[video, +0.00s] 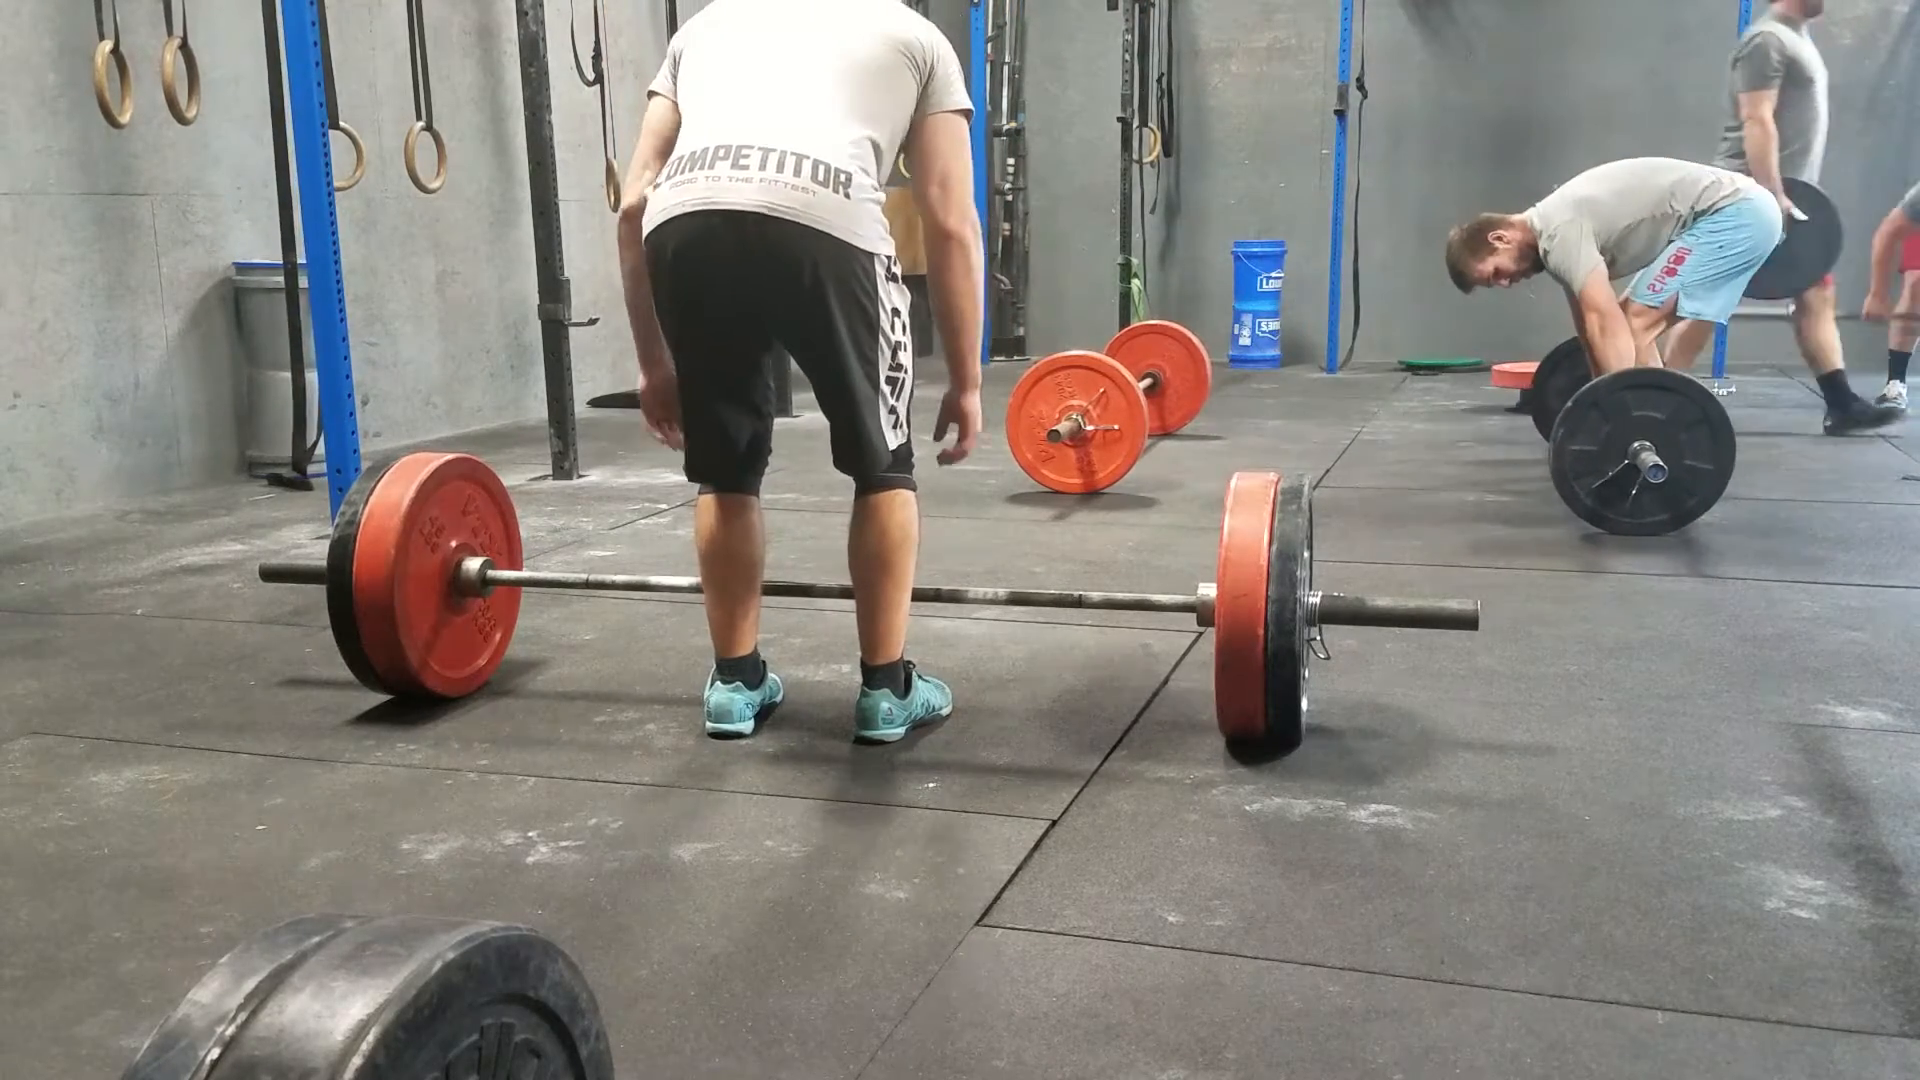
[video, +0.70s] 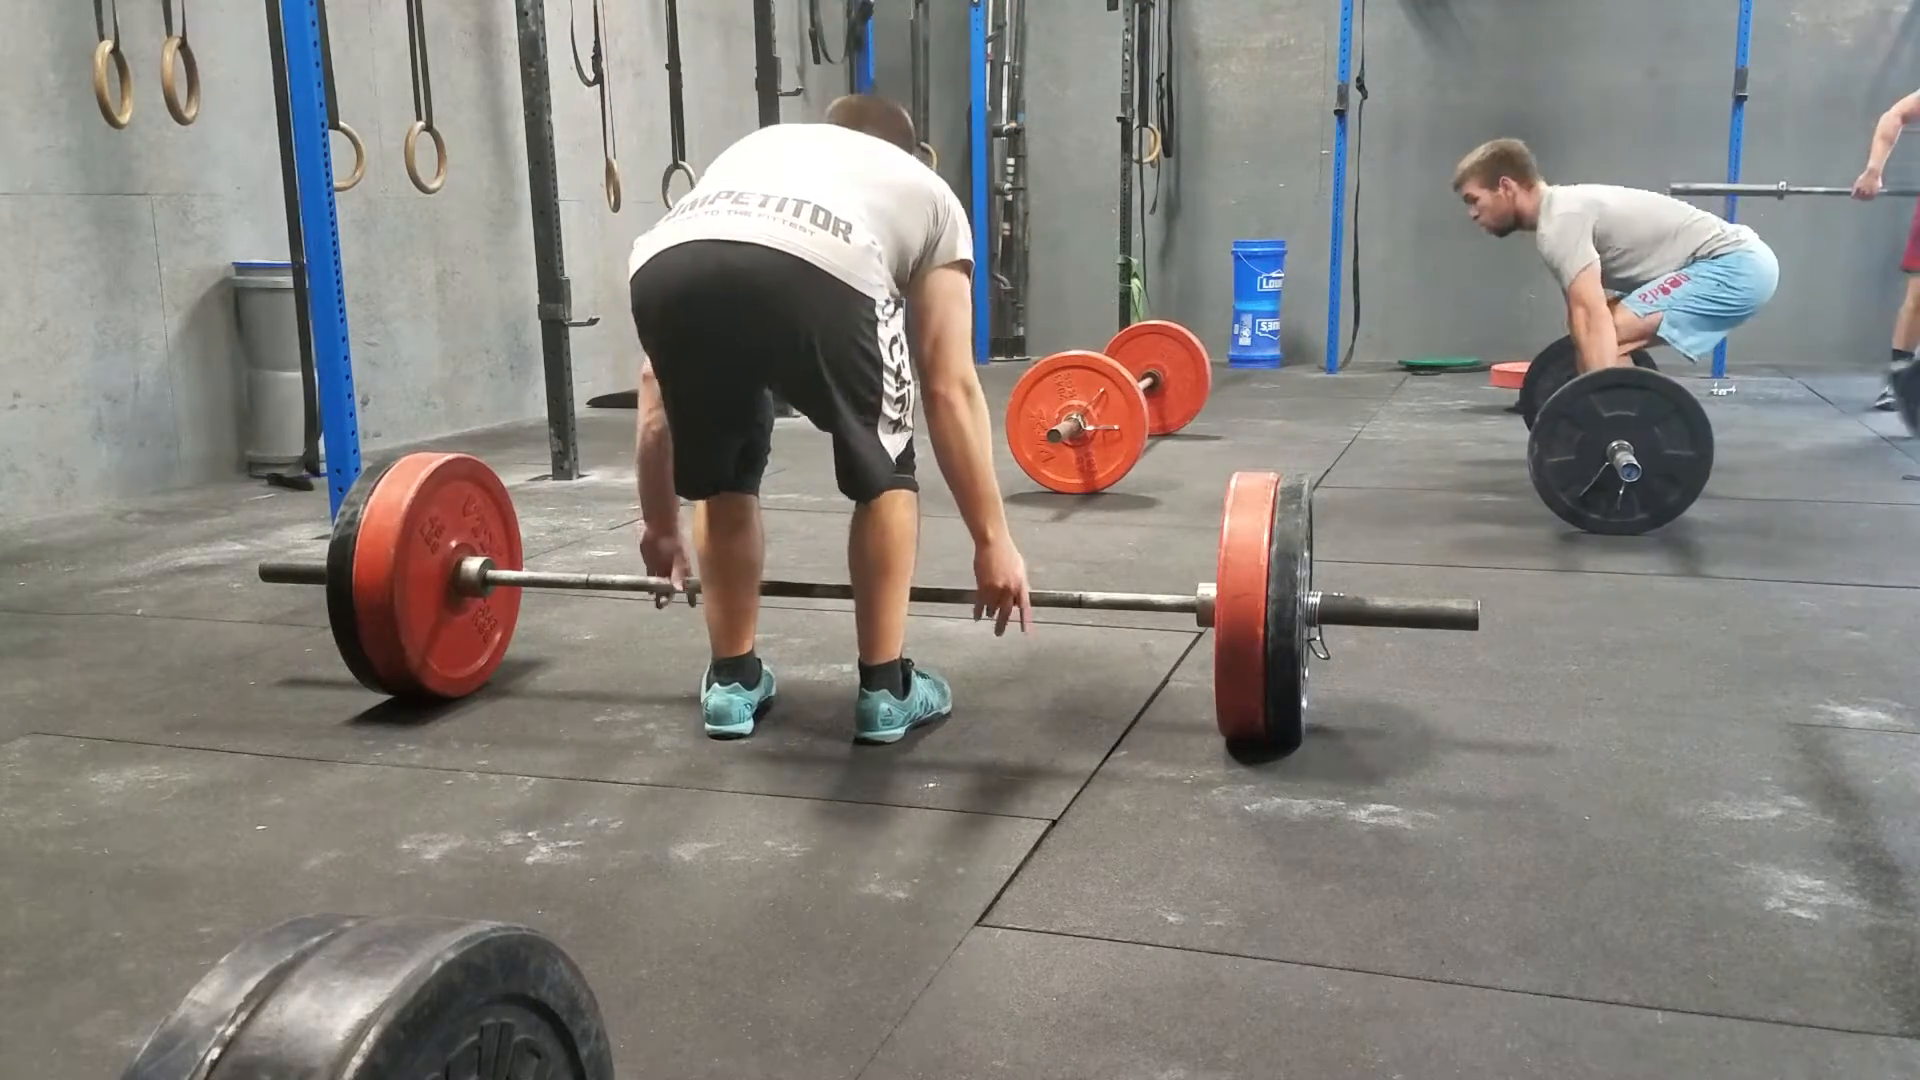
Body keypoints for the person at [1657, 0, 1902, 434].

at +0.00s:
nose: (1823, 1)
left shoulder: (1794, 39)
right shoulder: (1764, 41)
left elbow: (1783, 124)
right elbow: (1756, 121)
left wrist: (1795, 192)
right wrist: (1772, 195)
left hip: (1789, 197)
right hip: (1752, 197)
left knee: (1818, 291)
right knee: (1705, 300)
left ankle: (1842, 403)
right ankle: (1661, 397)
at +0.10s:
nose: (1864, 1)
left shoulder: (1839, 37)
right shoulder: (1807, 37)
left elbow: (1829, 120)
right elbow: (1793, 114)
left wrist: (1847, 190)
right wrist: (1805, 192)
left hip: (1841, 194)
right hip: (1807, 194)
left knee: (1858, 292)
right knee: (1773, 301)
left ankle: (1852, 407)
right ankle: (1688, 376)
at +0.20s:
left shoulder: (1880, 35)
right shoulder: (1847, 27)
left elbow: (1884, 125)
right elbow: (1829, 104)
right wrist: (1840, 182)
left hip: (1879, 197)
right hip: (1854, 196)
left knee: (1873, 295)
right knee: (1860, 296)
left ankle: (1854, 408)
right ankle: (1750, 365)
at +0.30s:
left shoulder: (1905, 26)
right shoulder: (1885, 21)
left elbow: (1867, 98)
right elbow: (1863, 97)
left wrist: (1879, 176)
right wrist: (1873, 176)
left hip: (1906, 178)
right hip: (1891, 178)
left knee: (1890, 284)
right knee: (1900, 283)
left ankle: (1853, 390)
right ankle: (1844, 383)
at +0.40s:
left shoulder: (1910, 22)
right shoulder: (1911, 21)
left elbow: (1900, 102)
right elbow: (1900, 101)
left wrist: (1905, 181)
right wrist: (1906, 181)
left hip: (1906, 181)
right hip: (1902, 179)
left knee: (1897, 289)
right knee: (1900, 289)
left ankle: (1856, 406)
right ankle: (1856, 405)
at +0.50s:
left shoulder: (1913, 115)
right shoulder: (1914, 114)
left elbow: (1890, 135)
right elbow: (1891, 134)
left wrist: (1869, 191)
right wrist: (1870, 191)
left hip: (1909, 225)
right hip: (1911, 224)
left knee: (1906, 299)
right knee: (1907, 298)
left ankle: (1857, 405)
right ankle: (1857, 405)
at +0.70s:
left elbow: (1894, 116)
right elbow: (1894, 115)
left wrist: (1874, 169)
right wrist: (1874, 169)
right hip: (1919, 214)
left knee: (1914, 297)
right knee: (1915, 296)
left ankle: (1899, 382)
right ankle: (1897, 382)